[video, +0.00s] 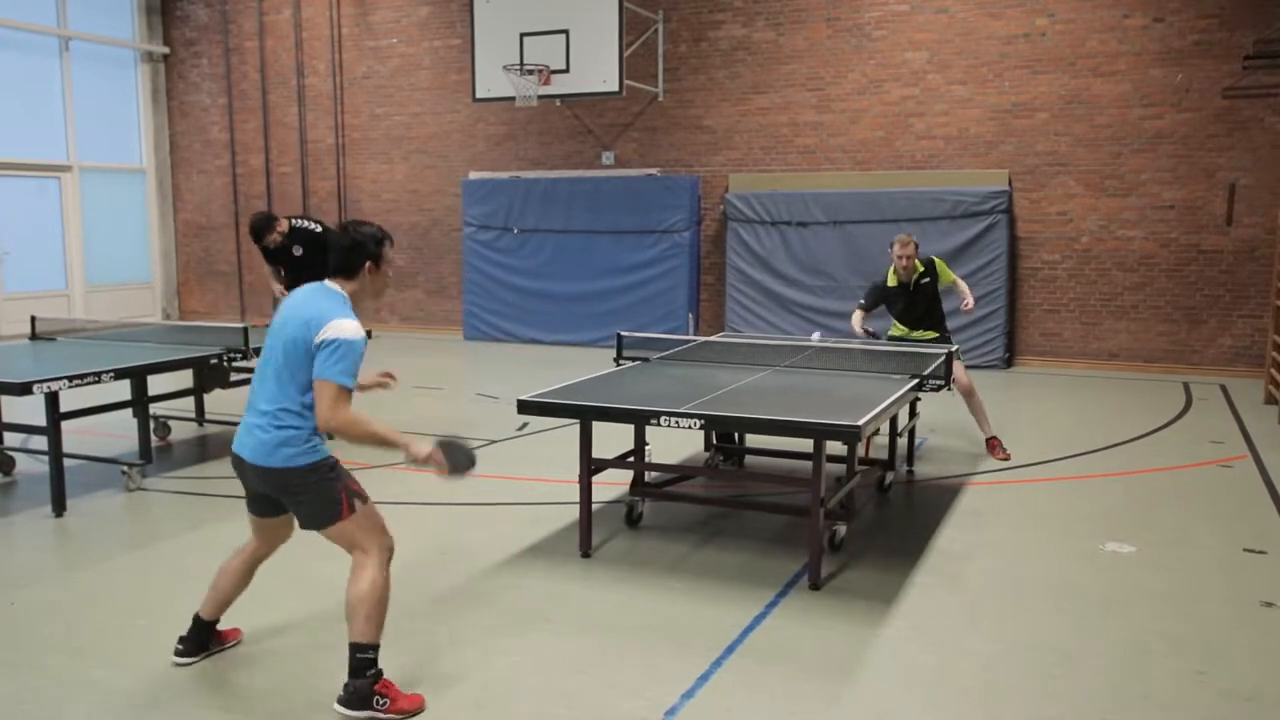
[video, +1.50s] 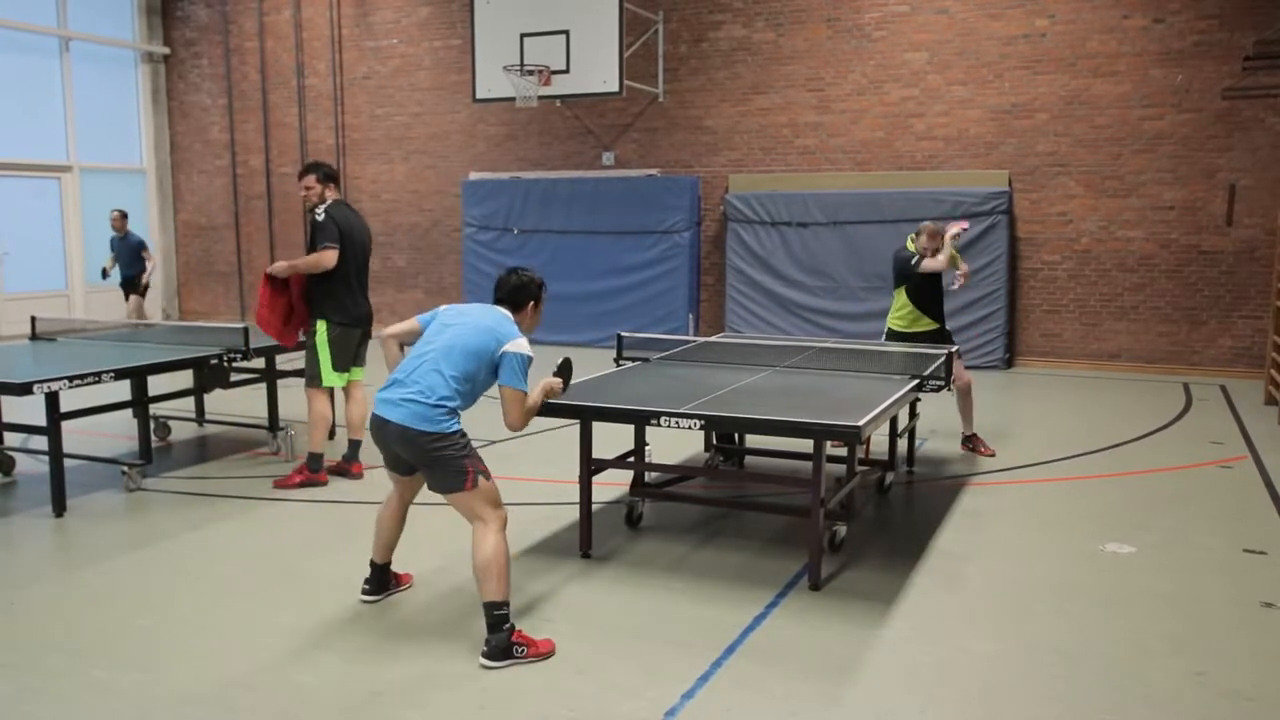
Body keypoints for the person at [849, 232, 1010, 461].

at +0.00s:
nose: (904, 263)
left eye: (909, 258)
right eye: (899, 258)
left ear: (917, 254)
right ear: (891, 255)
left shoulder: (932, 266)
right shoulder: (884, 284)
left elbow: (957, 282)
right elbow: (859, 313)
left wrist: (968, 297)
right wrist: (859, 328)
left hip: (936, 337)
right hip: (900, 338)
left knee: (965, 384)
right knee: (878, 384)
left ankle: (991, 439)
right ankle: (867, 436)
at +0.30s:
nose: (904, 247)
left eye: (909, 242)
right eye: (899, 242)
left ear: (917, 242)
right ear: (892, 243)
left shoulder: (933, 262)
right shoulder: (886, 271)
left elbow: (959, 291)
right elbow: (872, 302)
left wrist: (943, 307)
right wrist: (862, 319)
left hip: (933, 332)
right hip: (898, 331)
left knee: (959, 382)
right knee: (875, 379)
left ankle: (975, 431)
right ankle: (864, 437)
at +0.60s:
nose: (907, 234)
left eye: (912, 229)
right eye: (902, 229)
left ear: (920, 230)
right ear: (896, 230)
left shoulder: (935, 252)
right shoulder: (887, 260)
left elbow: (956, 281)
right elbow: (875, 288)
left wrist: (938, 306)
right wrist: (879, 314)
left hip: (933, 324)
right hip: (900, 324)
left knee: (955, 375)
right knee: (882, 372)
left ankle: (964, 416)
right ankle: (867, 428)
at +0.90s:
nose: (923, 316)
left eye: (929, 314)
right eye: (919, 313)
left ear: (938, 304)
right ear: (914, 301)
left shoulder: (948, 302)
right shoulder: (902, 301)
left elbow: (950, 338)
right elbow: (899, 329)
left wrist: (930, 338)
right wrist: (932, 320)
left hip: (939, 356)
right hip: (903, 356)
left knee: (973, 386)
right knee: (874, 387)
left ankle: (969, 436)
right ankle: (862, 437)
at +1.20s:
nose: (931, 293)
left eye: (936, 289)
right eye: (928, 289)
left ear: (945, 280)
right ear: (918, 277)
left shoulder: (951, 279)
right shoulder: (906, 286)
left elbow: (957, 311)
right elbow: (918, 304)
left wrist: (942, 311)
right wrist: (953, 294)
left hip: (937, 348)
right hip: (902, 349)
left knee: (977, 387)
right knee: (879, 391)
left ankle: (970, 437)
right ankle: (862, 437)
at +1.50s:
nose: (929, 254)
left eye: (934, 249)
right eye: (925, 249)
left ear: (940, 243)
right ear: (916, 240)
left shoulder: (942, 251)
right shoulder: (903, 257)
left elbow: (959, 262)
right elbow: (940, 265)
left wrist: (962, 272)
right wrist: (948, 239)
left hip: (934, 331)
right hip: (900, 332)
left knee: (963, 382)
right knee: (880, 383)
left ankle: (969, 435)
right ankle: (858, 431)